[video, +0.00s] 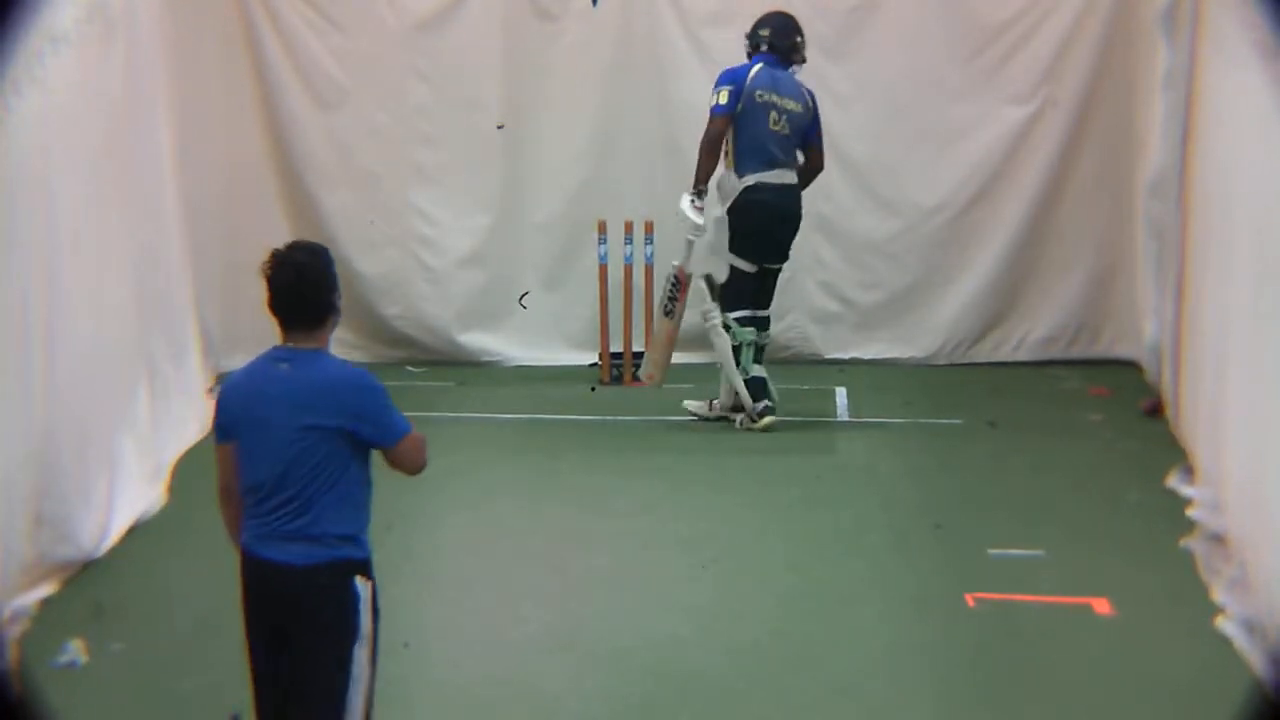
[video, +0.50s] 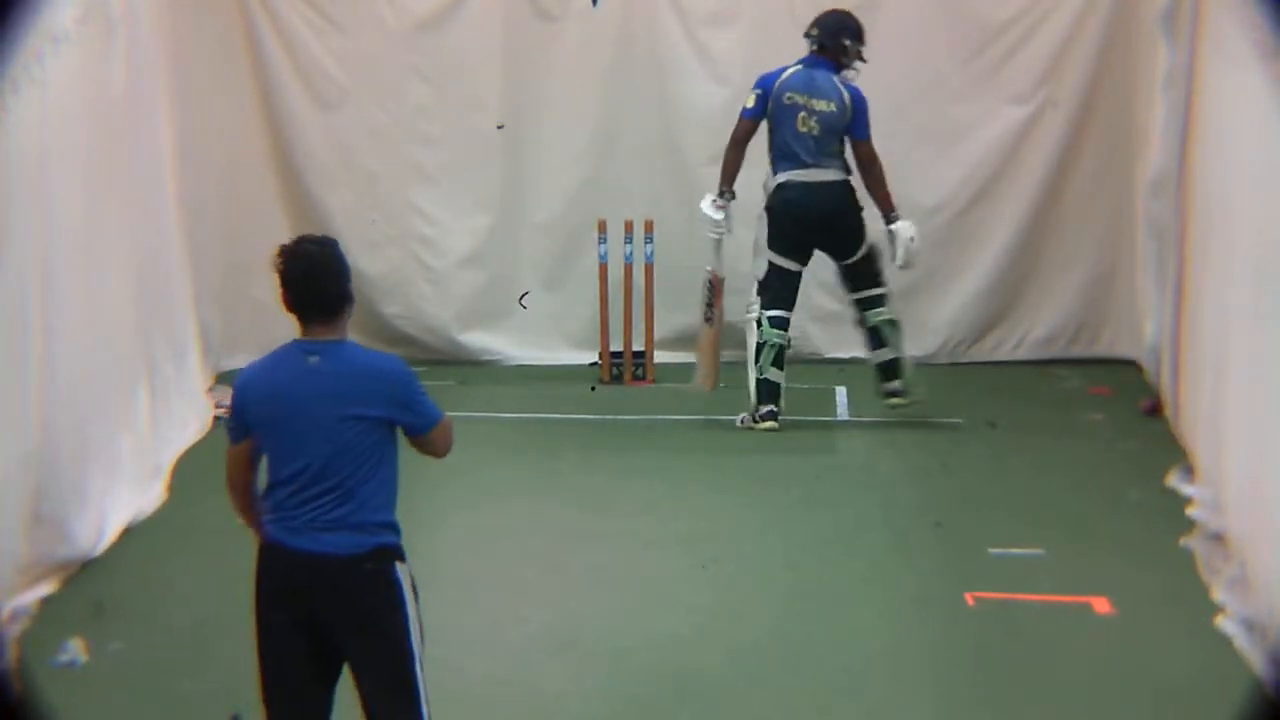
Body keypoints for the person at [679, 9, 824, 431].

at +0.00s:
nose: (750, 48)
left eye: (752, 42)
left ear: (756, 44)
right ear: (795, 49)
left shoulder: (736, 76)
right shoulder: (804, 95)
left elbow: (714, 135)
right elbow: (815, 162)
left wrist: (698, 192)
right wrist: (783, 191)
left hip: (750, 199)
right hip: (789, 202)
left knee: (736, 295)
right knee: (761, 298)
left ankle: (758, 397)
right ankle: (734, 397)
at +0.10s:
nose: (758, 46)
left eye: (759, 39)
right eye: (804, 46)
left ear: (760, 43)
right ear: (800, 48)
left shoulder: (735, 80)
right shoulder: (810, 93)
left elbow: (708, 140)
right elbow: (828, 160)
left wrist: (692, 195)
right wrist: (805, 200)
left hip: (757, 198)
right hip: (798, 201)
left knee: (750, 295)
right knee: (766, 297)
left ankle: (762, 403)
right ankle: (739, 389)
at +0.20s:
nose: (817, 51)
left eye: (767, 37)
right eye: (814, 45)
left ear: (768, 40)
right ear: (808, 45)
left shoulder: (740, 79)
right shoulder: (818, 90)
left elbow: (709, 141)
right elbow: (838, 158)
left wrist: (693, 196)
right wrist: (832, 208)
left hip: (764, 196)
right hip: (808, 198)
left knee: (758, 292)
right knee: (784, 292)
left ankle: (764, 405)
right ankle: (764, 392)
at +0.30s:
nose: (826, 51)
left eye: (826, 45)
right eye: (824, 44)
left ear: (780, 39)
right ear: (816, 44)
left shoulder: (746, 79)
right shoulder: (826, 91)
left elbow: (715, 141)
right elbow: (845, 156)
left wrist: (699, 196)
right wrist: (856, 214)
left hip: (771, 198)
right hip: (817, 198)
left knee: (766, 295)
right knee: (803, 291)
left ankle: (766, 407)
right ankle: (804, 395)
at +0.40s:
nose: (838, 55)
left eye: (839, 46)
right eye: (835, 46)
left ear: (796, 40)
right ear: (822, 44)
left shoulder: (757, 80)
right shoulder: (835, 92)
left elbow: (725, 140)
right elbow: (854, 158)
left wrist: (708, 195)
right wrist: (876, 216)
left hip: (779, 201)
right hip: (826, 201)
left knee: (772, 298)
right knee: (831, 289)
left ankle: (767, 408)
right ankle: (848, 393)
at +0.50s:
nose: (857, 59)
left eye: (858, 50)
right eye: (854, 50)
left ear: (815, 43)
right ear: (840, 47)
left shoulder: (772, 82)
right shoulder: (849, 95)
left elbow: (739, 139)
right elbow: (867, 162)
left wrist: (723, 195)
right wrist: (893, 218)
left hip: (788, 205)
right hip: (837, 204)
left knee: (776, 300)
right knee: (866, 286)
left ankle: (766, 406)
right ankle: (891, 380)